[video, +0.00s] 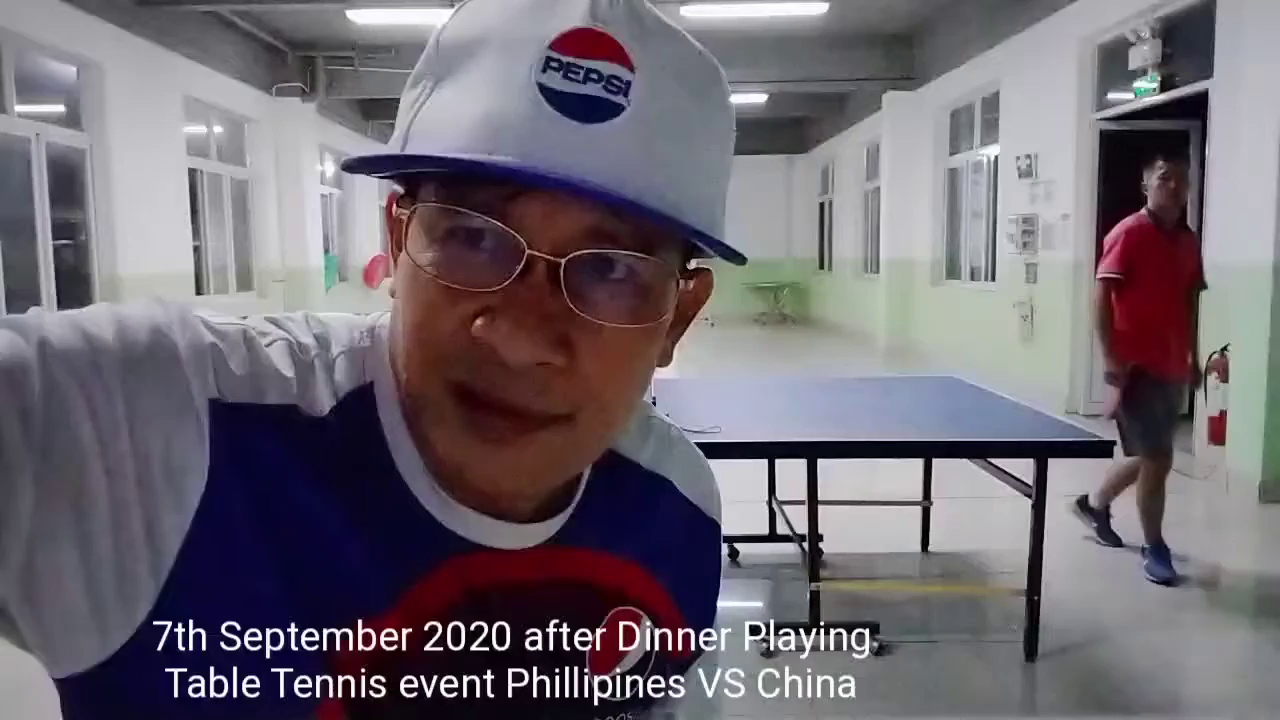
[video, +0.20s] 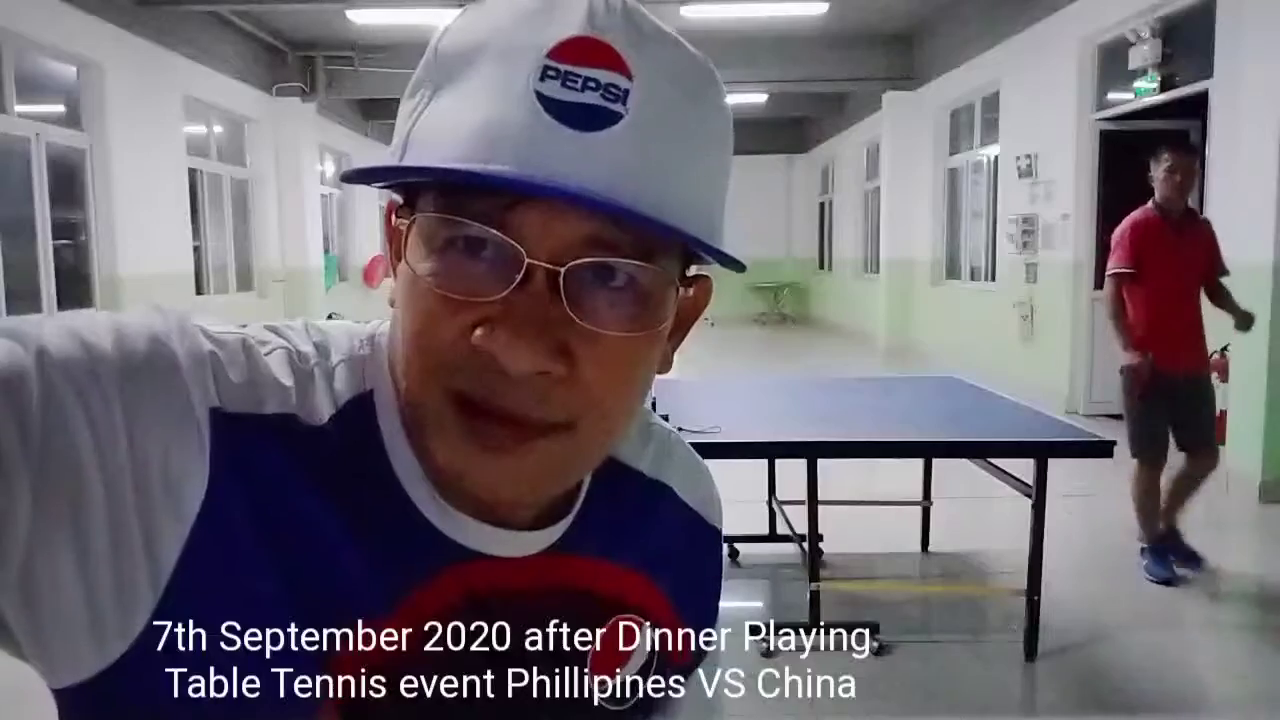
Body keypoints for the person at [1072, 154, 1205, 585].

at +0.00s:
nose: (1172, 186)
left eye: (1178, 180)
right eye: (1164, 178)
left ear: (1186, 188)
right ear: (1146, 186)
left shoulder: (1188, 241)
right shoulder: (1128, 233)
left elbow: (1190, 303)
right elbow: (1102, 295)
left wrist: (1193, 357)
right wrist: (1108, 357)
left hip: (1173, 363)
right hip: (1134, 362)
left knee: (1151, 454)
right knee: (1155, 457)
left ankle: (1094, 503)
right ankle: (1155, 549)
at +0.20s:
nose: (1177, 178)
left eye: (1185, 172)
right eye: (1169, 171)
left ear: (1194, 178)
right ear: (1153, 176)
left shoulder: (1201, 229)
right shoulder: (1133, 228)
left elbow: (1212, 282)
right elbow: (1113, 295)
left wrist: (1235, 310)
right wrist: (1126, 349)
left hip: (1191, 365)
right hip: (1145, 364)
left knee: (1204, 457)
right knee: (1150, 461)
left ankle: (1165, 525)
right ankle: (1151, 547)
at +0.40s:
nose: (1184, 182)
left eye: (1192, 174)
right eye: (1176, 174)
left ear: (1205, 180)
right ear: (1160, 180)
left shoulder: (1216, 232)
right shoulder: (1140, 233)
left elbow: (1227, 290)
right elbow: (1114, 299)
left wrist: (1249, 332)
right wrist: (1124, 359)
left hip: (1203, 372)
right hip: (1152, 374)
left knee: (1226, 467)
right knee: (1160, 465)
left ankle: (1241, 559)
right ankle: (1153, 549)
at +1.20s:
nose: (1265, 176)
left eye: (1273, 168)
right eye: (1258, 168)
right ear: (1245, 173)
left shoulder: (1276, 233)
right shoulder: (1217, 232)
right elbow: (1183, 294)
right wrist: (1188, 350)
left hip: (1274, 393)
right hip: (1225, 388)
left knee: (1275, 501)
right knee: (1216, 494)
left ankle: (1247, 589)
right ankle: (1187, 550)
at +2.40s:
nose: (1196, 173)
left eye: (1208, 163)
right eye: (1191, 162)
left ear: (1240, 166)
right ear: (1186, 165)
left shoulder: (1268, 232)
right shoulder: (1164, 228)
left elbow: (1278, 306)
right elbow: (1127, 286)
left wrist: (1266, 346)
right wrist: (1112, 337)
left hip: (1232, 398)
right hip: (1164, 395)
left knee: (1254, 522)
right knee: (1174, 509)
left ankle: (1243, 580)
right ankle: (1195, 612)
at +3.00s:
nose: (1132, 175)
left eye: (1142, 163)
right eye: (1129, 165)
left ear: (1182, 159)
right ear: (1134, 169)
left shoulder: (1232, 224)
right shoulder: (1133, 230)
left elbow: (1269, 297)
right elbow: (1114, 304)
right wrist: (1076, 352)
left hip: (1204, 395)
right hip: (1147, 392)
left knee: (1194, 510)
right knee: (1170, 509)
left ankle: (1201, 630)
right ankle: (1192, 614)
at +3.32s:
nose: (1111, 176)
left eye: (1120, 163)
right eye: (1108, 165)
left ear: (1155, 161)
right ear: (1120, 169)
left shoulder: (1206, 222)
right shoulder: (1123, 229)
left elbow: (1234, 305)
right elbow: (1112, 300)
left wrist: (1227, 381)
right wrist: (1072, 353)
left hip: (1194, 391)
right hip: (1142, 389)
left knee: (1160, 502)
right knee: (1161, 504)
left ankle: (1153, 628)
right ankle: (1196, 615)